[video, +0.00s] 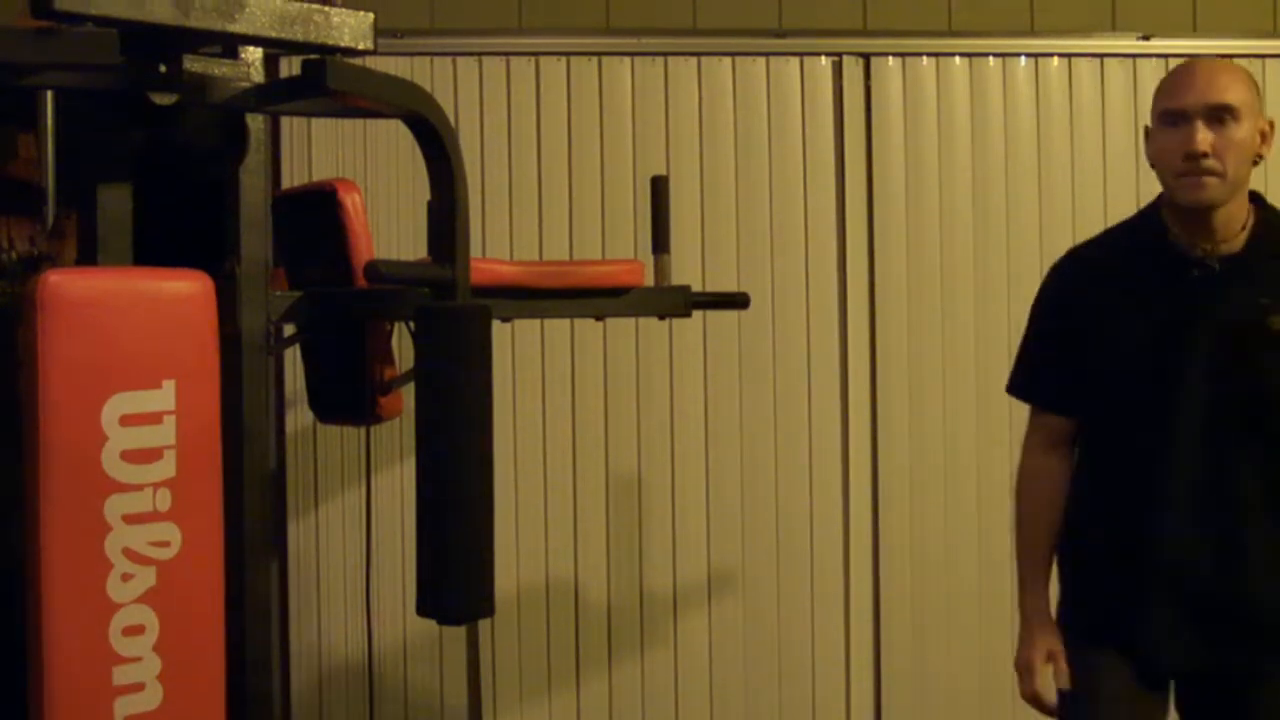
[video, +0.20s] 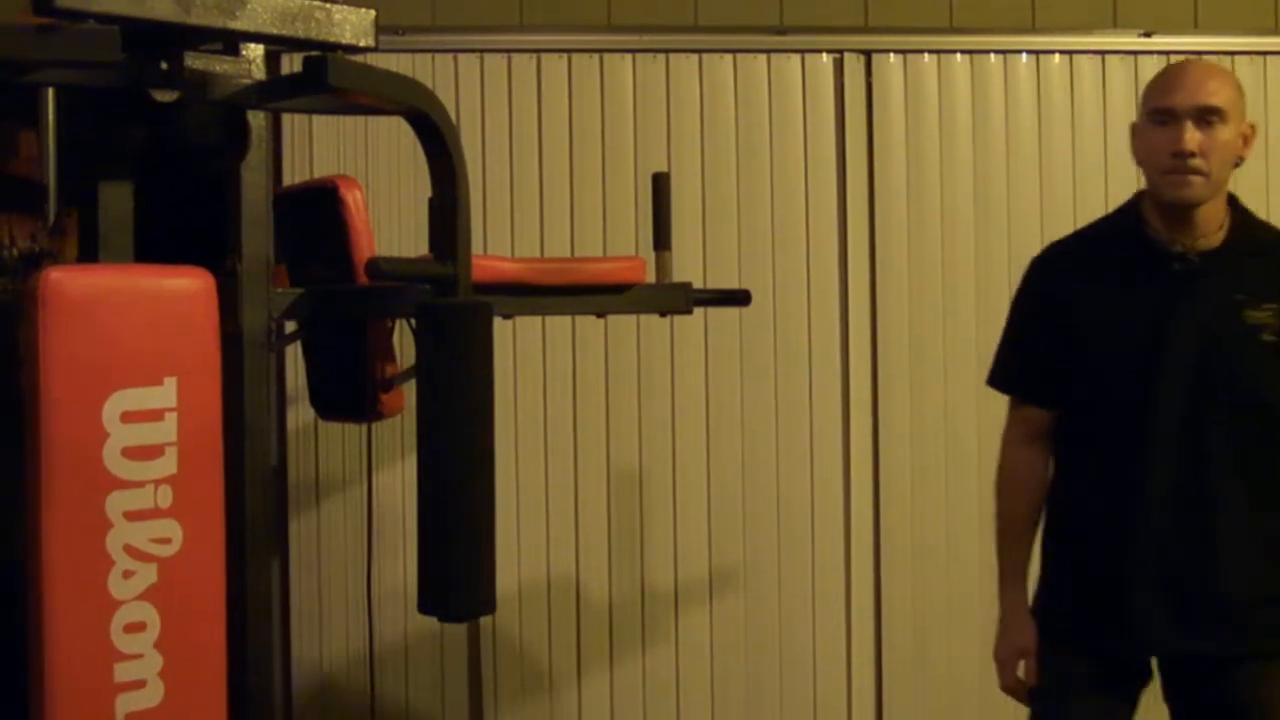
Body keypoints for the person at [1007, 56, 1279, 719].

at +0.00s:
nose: (1197, 140)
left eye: (1221, 118)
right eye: (1174, 121)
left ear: (1262, 139)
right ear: (1150, 142)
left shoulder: (1279, 265)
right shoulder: (1087, 277)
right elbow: (1050, 447)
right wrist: (1035, 614)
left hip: (1258, 613)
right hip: (1117, 612)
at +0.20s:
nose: (1185, 139)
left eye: (1208, 120)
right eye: (1163, 119)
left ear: (1244, 141)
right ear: (1136, 138)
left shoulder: (1274, 266)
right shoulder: (1066, 271)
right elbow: (1028, 440)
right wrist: (1013, 605)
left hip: (1242, 603)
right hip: (1095, 601)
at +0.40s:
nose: (1138, 141)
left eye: (1160, 121)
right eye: (1117, 122)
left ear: (1196, 141)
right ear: (1091, 143)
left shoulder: (1248, 271)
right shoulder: (1025, 271)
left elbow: (1272, 441)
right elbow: (989, 434)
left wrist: (1279, 601)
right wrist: (980, 598)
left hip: (1196, 590)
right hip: (1056, 589)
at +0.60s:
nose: (1084, 144)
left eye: (1106, 125)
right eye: (1063, 127)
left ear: (1139, 146)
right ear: (1038, 149)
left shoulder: (1192, 272)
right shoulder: (978, 275)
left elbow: (1223, 446)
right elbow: (937, 432)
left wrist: (1194, 614)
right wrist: (935, 591)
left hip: (1138, 588)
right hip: (1006, 588)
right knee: (983, 716)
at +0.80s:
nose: (1036, 159)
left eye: (1056, 141)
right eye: (1014, 143)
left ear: (1088, 164)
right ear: (988, 169)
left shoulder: (1147, 283)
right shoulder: (941, 288)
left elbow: (1171, 451)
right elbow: (845, 437)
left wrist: (1163, 608)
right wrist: (912, 563)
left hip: (1091, 591)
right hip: (957, 594)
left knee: (1122, 711)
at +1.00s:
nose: (1005, 148)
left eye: (1024, 130)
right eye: (983, 132)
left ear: (1052, 154)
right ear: (954, 160)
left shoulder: (1120, 267)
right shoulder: (908, 282)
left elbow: (1152, 434)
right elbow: (832, 442)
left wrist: (1116, 535)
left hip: (1077, 580)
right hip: (948, 584)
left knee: (1097, 714)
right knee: (946, 715)